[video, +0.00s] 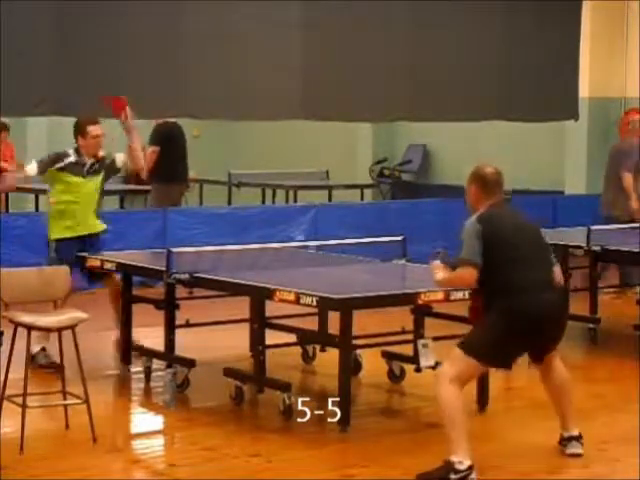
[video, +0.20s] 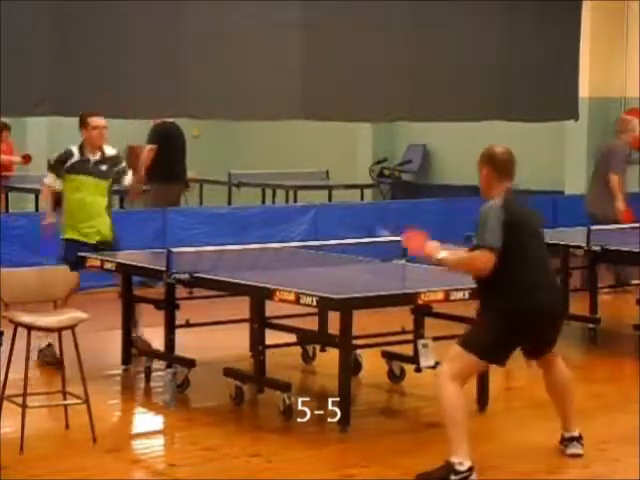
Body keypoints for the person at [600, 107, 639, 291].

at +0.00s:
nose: (637, 128)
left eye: (636, 124)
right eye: (634, 124)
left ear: (625, 127)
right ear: (628, 127)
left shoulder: (617, 148)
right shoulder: (630, 146)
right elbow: (626, 174)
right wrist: (632, 201)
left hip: (613, 211)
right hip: (625, 213)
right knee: (630, 255)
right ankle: (630, 285)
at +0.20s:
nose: (637, 135)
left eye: (637, 130)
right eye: (636, 130)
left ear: (621, 130)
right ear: (628, 131)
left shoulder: (609, 147)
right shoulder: (619, 148)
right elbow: (613, 176)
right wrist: (619, 201)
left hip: (597, 207)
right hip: (607, 208)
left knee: (605, 246)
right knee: (618, 246)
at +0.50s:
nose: (623, 134)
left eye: (623, 130)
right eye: (621, 129)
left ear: (610, 129)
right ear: (612, 129)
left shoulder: (601, 145)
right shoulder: (608, 147)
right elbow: (598, 173)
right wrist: (602, 199)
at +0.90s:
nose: (626, 138)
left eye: (627, 134)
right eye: (624, 133)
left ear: (623, 136)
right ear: (615, 134)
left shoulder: (618, 153)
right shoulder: (608, 150)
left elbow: (621, 175)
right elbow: (596, 170)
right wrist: (600, 194)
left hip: (613, 203)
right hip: (604, 204)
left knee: (611, 241)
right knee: (607, 242)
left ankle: (605, 273)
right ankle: (602, 274)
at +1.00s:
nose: (634, 137)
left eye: (636, 132)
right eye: (630, 131)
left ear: (638, 133)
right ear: (622, 132)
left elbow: (632, 175)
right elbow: (605, 171)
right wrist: (611, 195)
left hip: (623, 199)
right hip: (611, 200)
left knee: (617, 238)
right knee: (607, 237)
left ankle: (608, 272)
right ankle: (603, 273)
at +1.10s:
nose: (637, 132)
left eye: (637, 129)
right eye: (635, 129)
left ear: (635, 133)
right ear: (630, 133)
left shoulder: (630, 154)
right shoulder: (628, 153)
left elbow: (625, 174)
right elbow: (625, 174)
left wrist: (632, 195)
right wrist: (634, 194)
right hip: (619, 206)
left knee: (614, 240)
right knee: (613, 240)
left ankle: (604, 272)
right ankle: (603, 273)